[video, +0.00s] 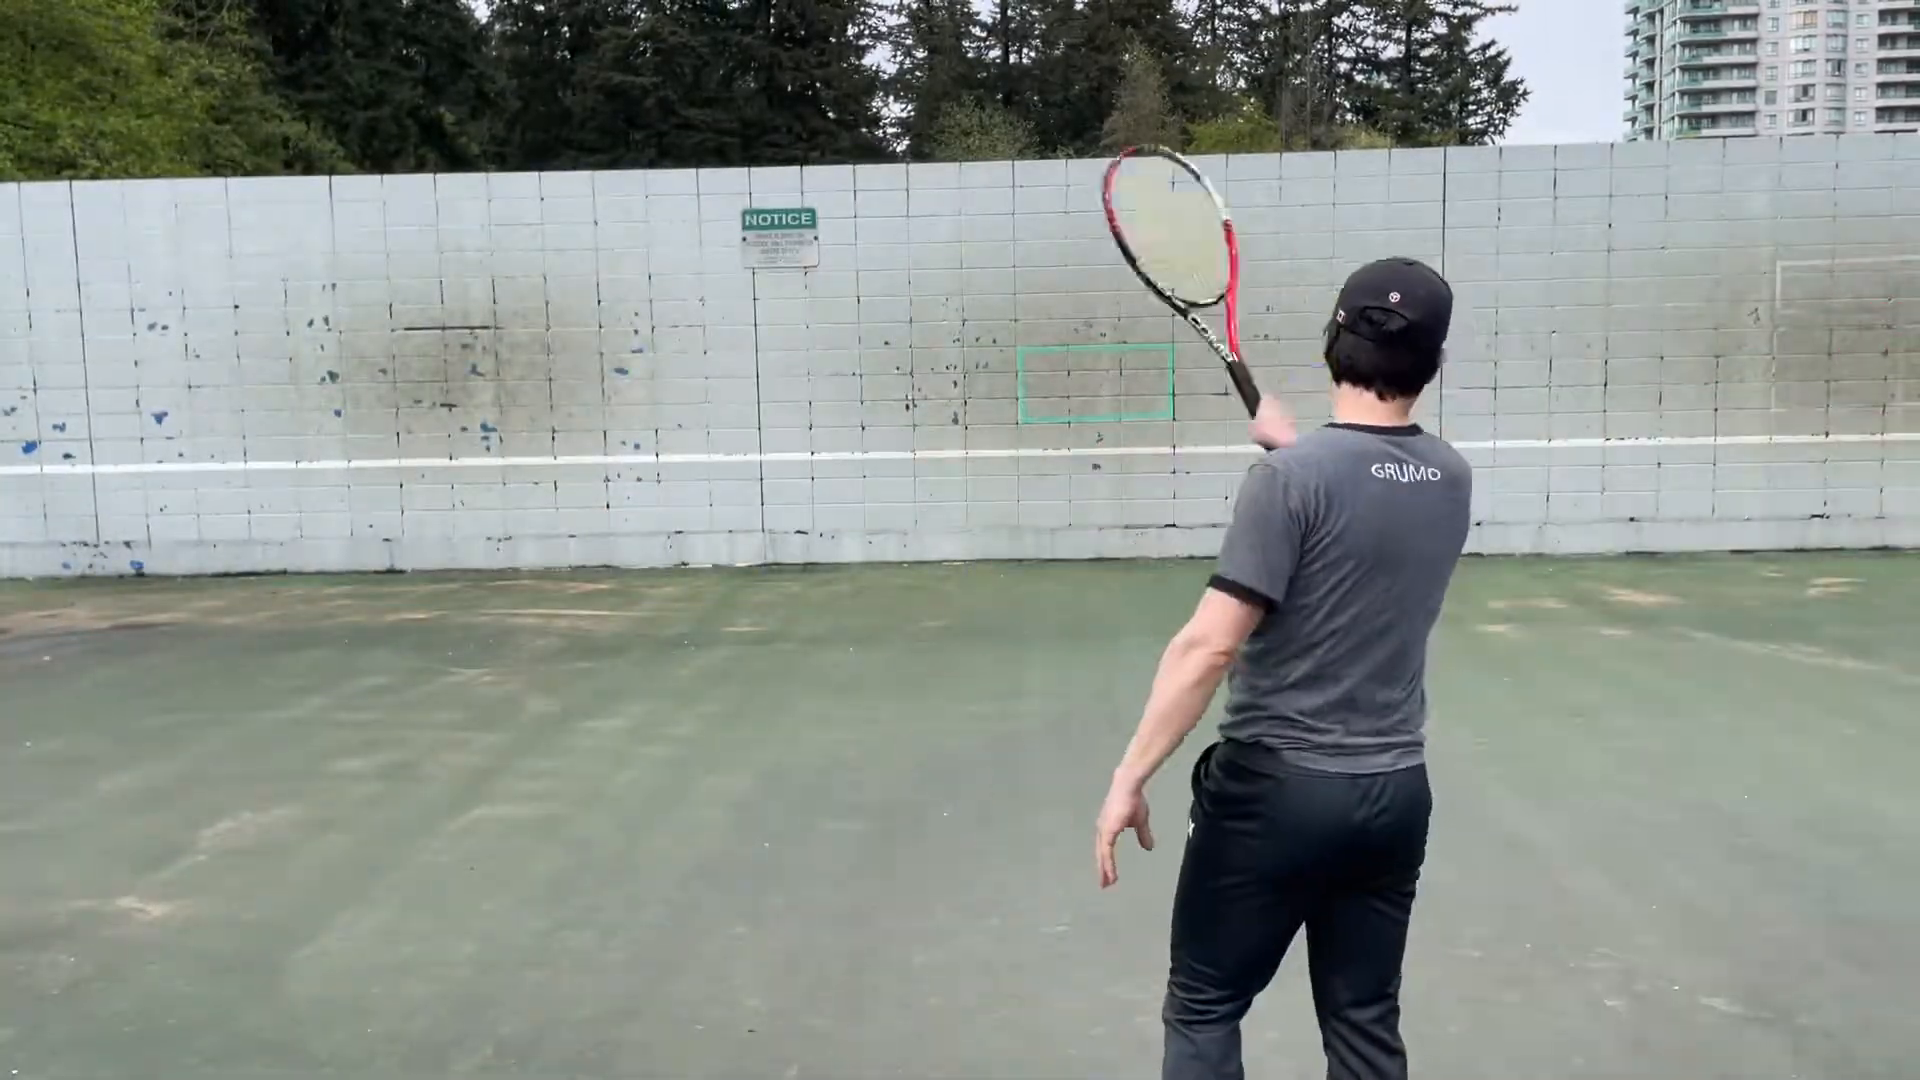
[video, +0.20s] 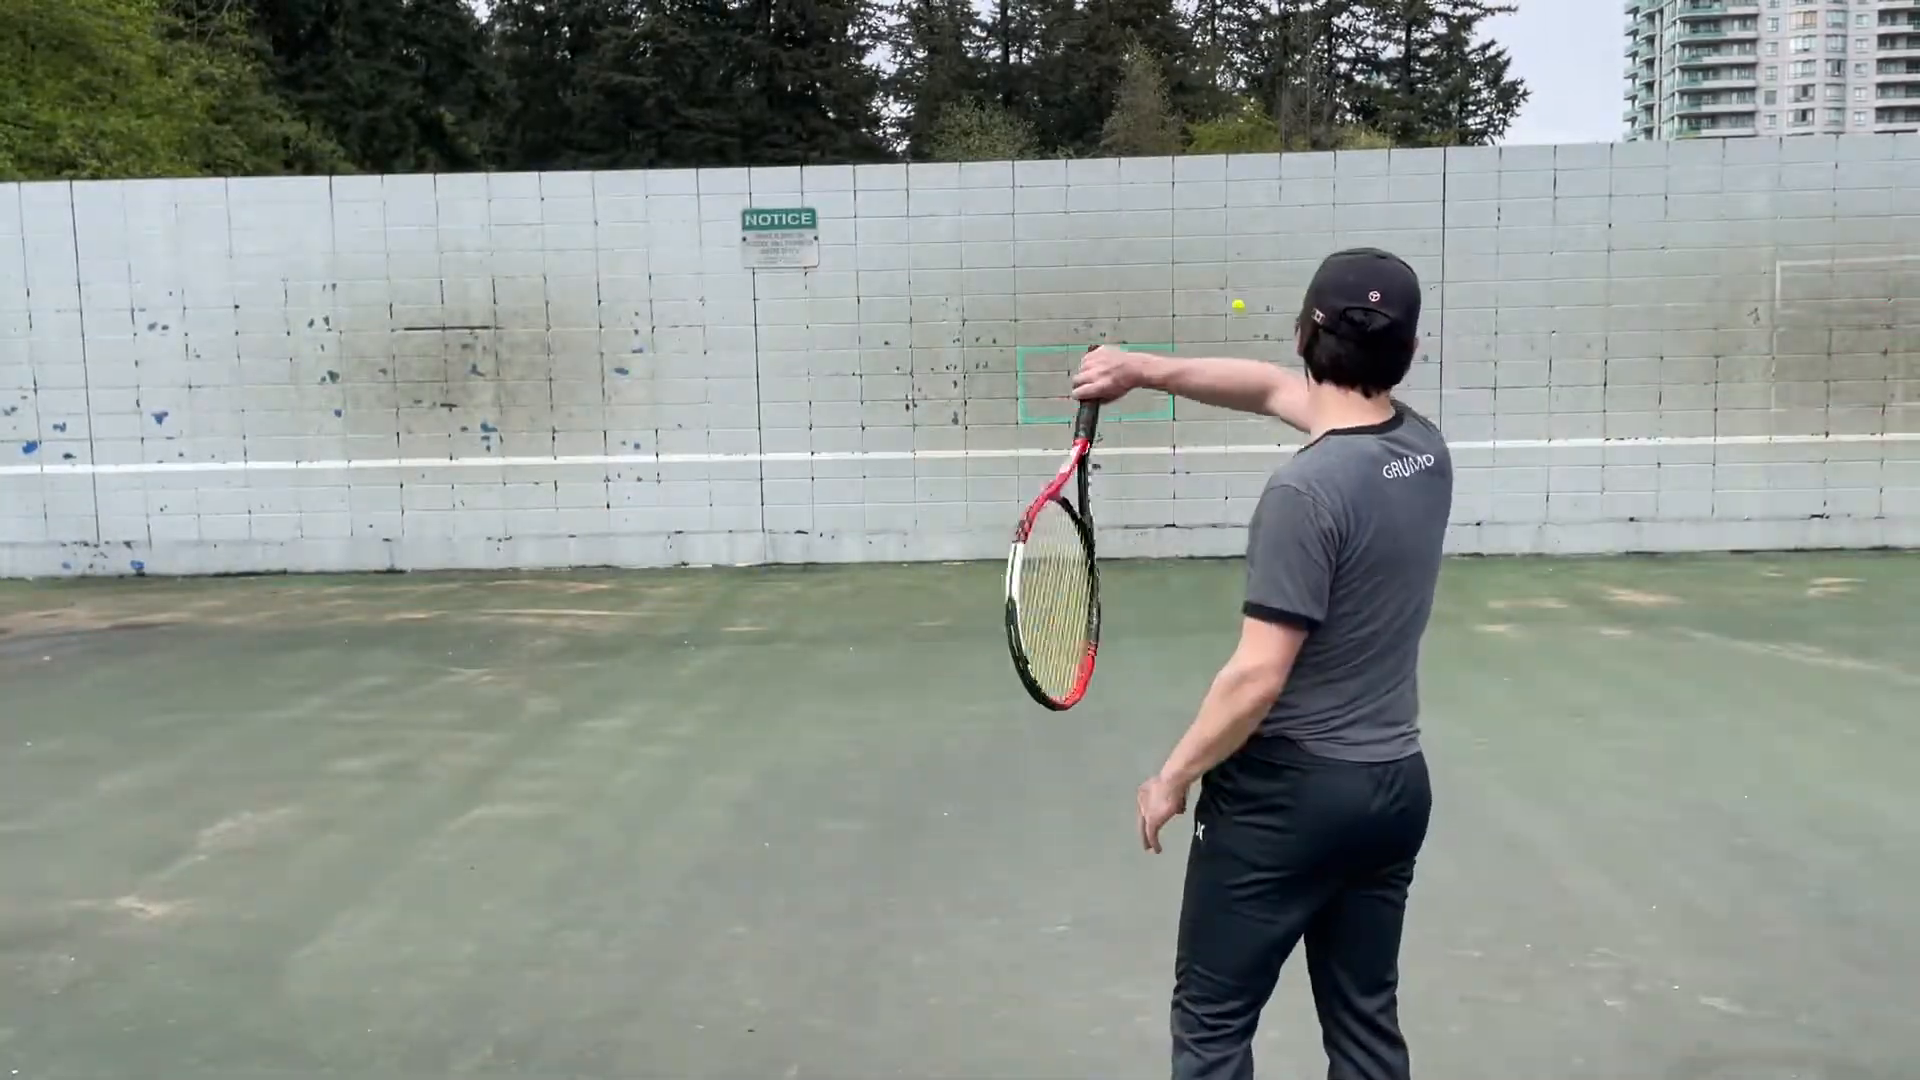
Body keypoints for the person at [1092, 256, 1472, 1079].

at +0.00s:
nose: (1339, 342)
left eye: (1338, 329)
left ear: (1335, 339)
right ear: (1435, 361)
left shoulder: (1289, 473)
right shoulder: (1449, 476)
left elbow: (1208, 646)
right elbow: (1371, 517)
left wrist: (1131, 777)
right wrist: (1293, 448)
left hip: (1274, 791)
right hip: (1391, 795)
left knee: (1203, 1008)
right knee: (1366, 1020)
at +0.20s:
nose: (1301, 333)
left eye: (1304, 321)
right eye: (1310, 325)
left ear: (1312, 336)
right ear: (1411, 349)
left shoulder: (1305, 488)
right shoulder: (1422, 449)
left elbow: (1258, 674)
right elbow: (1279, 388)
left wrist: (1175, 776)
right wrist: (1147, 370)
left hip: (1287, 790)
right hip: (1391, 783)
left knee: (1211, 1025)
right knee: (1364, 1020)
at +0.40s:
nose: (1248, 337)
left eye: (1252, 326)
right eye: (1258, 325)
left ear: (1257, 345)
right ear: (1358, 353)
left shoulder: (1266, 496)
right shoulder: (1384, 458)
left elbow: (1239, 686)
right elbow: (1241, 496)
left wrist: (1148, 730)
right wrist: (1110, 517)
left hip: (1265, 801)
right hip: (1373, 791)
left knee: (1195, 1041)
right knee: (1352, 1028)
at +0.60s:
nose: (1186, 356)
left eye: (1187, 345)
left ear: (1191, 363)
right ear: (1298, 370)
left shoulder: (1161, 496)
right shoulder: (1350, 493)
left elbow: (1149, 683)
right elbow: (1361, 660)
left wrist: (1096, 715)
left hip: (1203, 827)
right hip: (1328, 822)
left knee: (1194, 1065)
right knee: (1332, 1047)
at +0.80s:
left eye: (1188, 343)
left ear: (1182, 361)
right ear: (1289, 370)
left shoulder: (1112, 498)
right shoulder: (1344, 500)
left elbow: (1078, 693)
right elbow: (1395, 688)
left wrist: (1136, 728)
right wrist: (1297, 739)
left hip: (1164, 847)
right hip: (1303, 850)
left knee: (1174, 1069)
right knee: (1330, 1067)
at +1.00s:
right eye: (1338, 355)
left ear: (1213, 362)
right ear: (1331, 377)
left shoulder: (1127, 502)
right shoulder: (1367, 523)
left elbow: (1103, 695)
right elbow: (1413, 732)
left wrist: (1182, 740)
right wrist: (1311, 774)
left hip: (1159, 870)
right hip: (1305, 879)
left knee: (1174, 1072)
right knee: (1344, 1069)